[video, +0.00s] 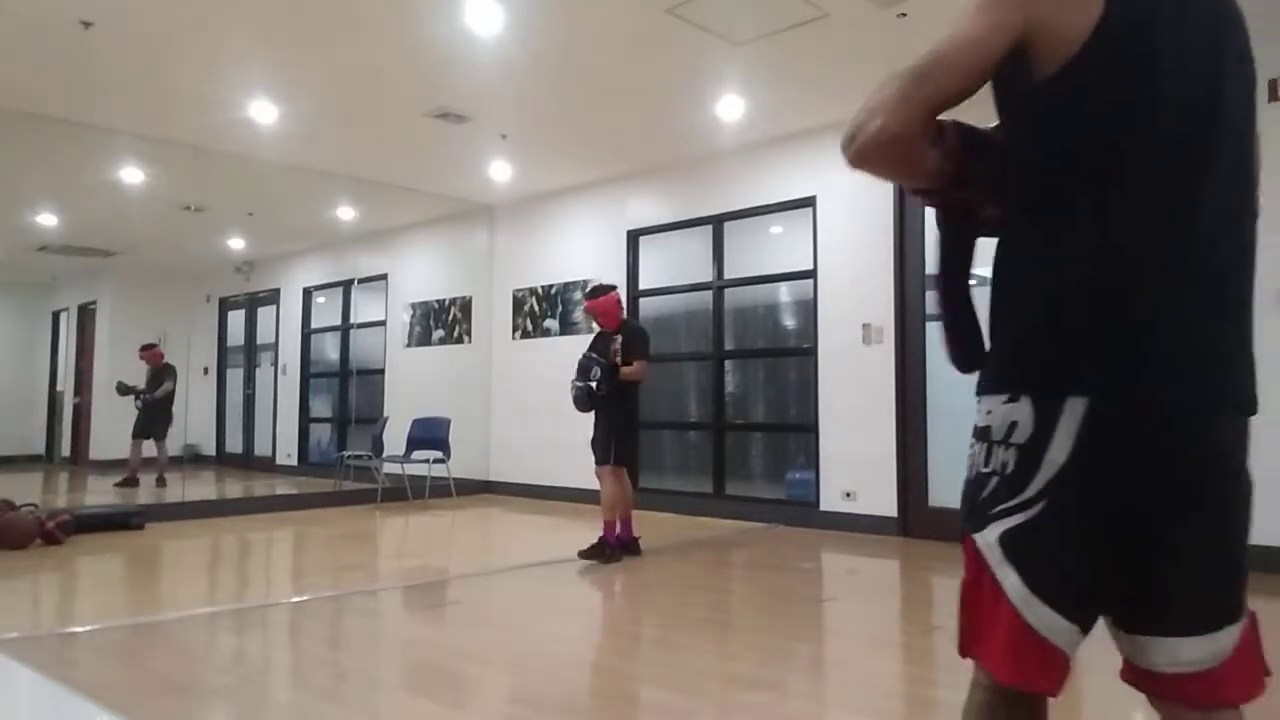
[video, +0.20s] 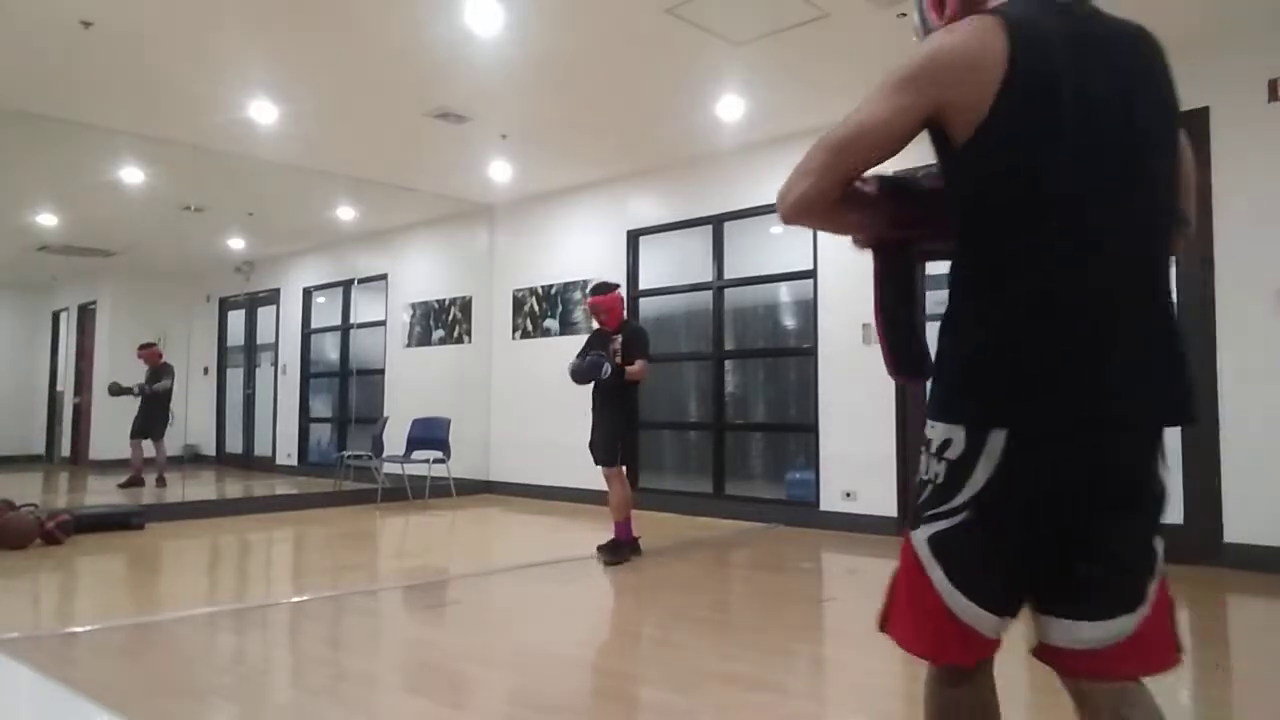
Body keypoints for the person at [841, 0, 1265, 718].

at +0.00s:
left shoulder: (1037, 4)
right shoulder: (1218, 17)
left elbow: (873, 137)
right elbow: (1217, 194)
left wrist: (983, 172)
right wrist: (1012, 185)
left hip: (1064, 384)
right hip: (1205, 385)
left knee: (1011, 676)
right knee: (1198, 686)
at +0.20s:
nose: (930, 21)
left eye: (929, 14)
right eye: (927, 17)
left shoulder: (959, 48)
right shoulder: (1138, 47)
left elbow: (804, 199)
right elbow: (1180, 218)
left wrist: (926, 217)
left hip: (999, 398)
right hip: (1126, 391)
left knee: (958, 657)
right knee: (1099, 661)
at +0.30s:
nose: (916, 17)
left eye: (918, 12)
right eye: (915, 14)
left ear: (941, 5)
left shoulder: (925, 69)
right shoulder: (1104, 64)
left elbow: (790, 214)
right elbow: (1150, 225)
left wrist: (907, 230)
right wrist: (1047, 247)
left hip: (964, 403)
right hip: (1090, 395)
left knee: (944, 650)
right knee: (1079, 643)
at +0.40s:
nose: (908, 18)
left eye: (910, 11)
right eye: (909, 15)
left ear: (928, 6)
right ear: (1023, 4)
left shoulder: (904, 79)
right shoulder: (1084, 73)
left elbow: (785, 222)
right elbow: (1130, 234)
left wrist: (864, 233)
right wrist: (1032, 226)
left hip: (940, 399)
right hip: (1062, 395)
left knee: (940, 643)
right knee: (1075, 623)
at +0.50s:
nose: (906, 21)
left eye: (908, 14)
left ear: (923, 10)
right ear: (1021, 9)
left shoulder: (895, 84)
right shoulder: (1076, 80)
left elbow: (793, 227)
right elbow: (1111, 244)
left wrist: (870, 239)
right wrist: (1009, 241)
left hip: (932, 393)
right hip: (1048, 391)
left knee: (939, 635)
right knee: (1061, 616)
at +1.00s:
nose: (967, 67)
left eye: (970, 51)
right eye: (968, 55)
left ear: (989, 43)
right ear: (1064, 56)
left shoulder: (959, 121)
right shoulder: (1109, 140)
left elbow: (873, 243)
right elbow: (1051, 270)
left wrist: (860, 198)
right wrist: (931, 304)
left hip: (961, 394)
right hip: (1059, 397)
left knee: (904, 576)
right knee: (1040, 594)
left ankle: (927, 714)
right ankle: (1034, 719)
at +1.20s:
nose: (976, 79)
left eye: (979, 67)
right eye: (977, 70)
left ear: (998, 60)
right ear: (1069, 70)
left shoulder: (971, 135)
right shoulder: (1112, 150)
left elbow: (898, 260)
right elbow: (1057, 270)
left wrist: (879, 218)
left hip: (972, 392)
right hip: (1067, 395)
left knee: (927, 581)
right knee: (1044, 593)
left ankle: (913, 714)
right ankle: (1034, 717)